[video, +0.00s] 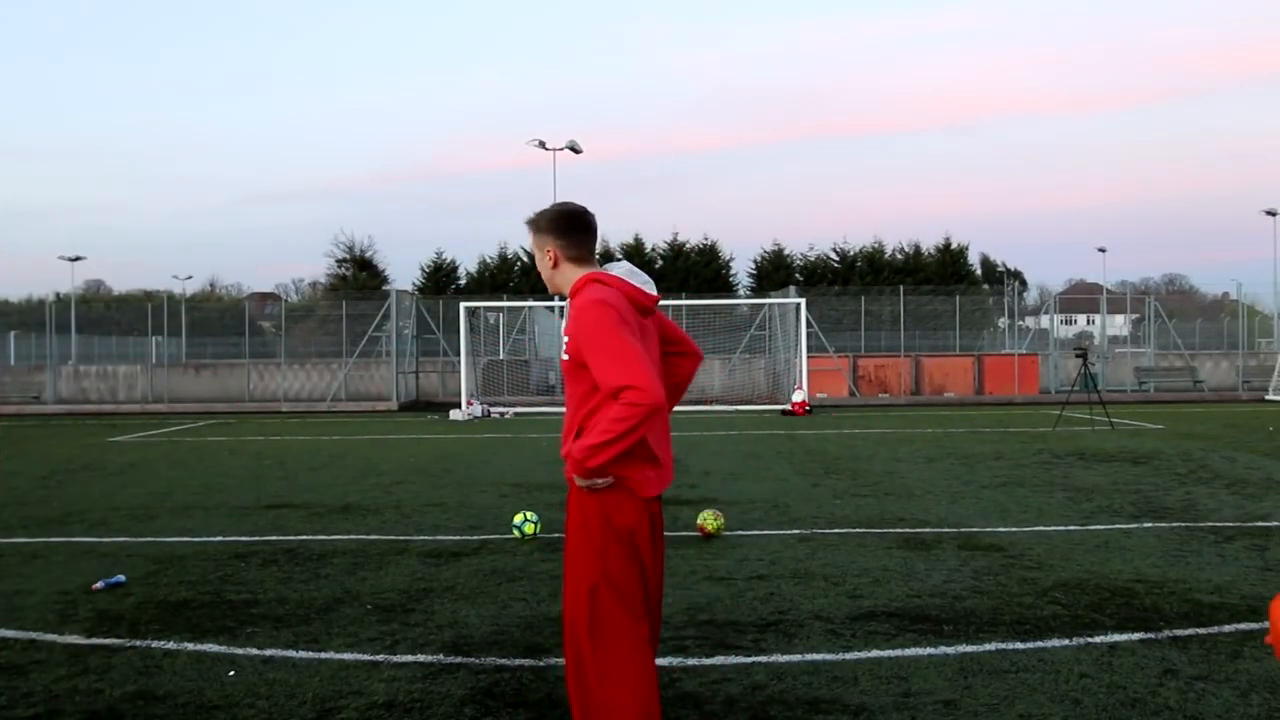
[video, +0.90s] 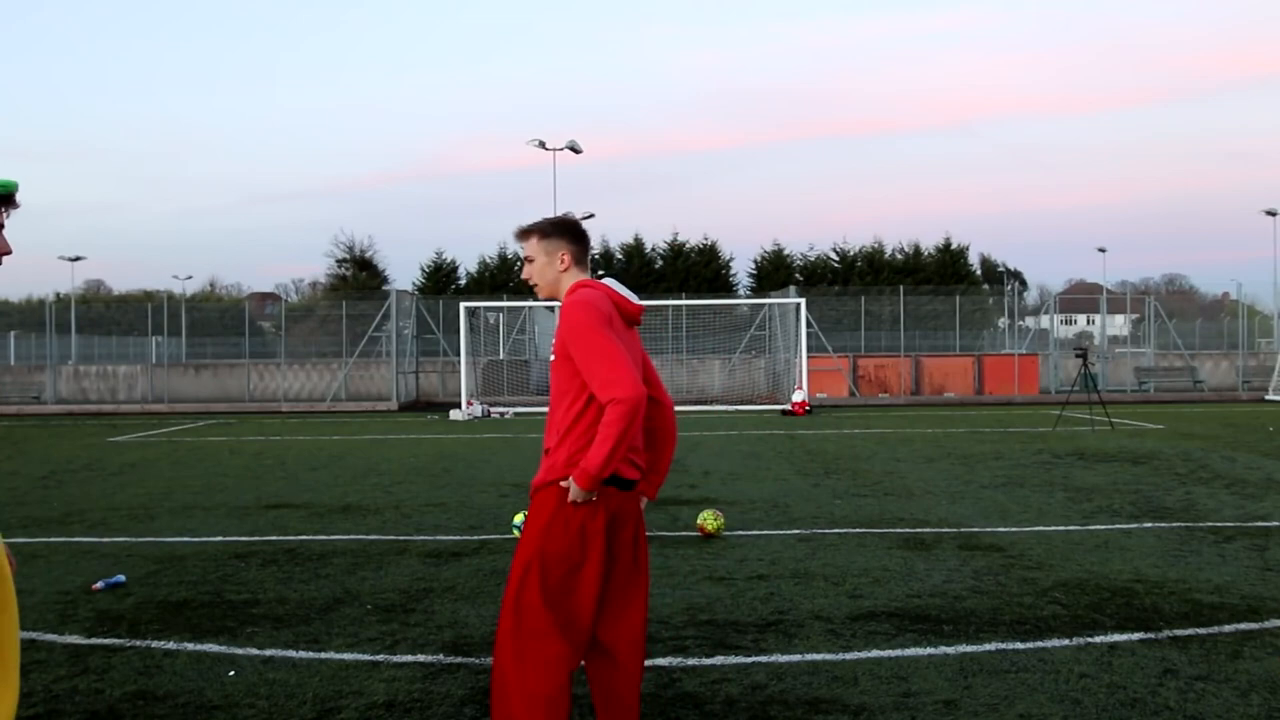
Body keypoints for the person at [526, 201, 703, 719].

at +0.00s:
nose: (536, 267)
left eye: (534, 257)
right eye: (533, 258)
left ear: (549, 256)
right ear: (590, 249)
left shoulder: (592, 305)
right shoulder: (624, 297)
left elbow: (640, 394)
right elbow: (684, 353)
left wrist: (586, 456)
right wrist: (645, 417)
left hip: (606, 501)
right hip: (632, 497)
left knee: (604, 641)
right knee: (624, 638)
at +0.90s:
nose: (524, 273)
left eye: (530, 260)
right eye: (524, 262)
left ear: (563, 259)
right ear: (570, 261)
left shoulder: (582, 306)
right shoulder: (608, 309)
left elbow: (625, 396)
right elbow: (661, 409)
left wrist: (588, 477)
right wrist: (639, 488)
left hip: (574, 503)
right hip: (617, 504)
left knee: (529, 640)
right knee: (614, 645)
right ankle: (618, 715)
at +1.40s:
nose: (462, 269)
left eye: (470, 256)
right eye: (460, 258)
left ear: (507, 256)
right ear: (509, 260)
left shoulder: (518, 312)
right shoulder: (539, 308)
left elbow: (572, 404)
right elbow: (598, 399)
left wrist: (536, 484)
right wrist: (577, 475)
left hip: (511, 506)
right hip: (546, 506)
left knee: (491, 642)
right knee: (545, 636)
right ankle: (576, 708)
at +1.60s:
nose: (437, 272)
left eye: (445, 260)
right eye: (436, 261)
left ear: (481, 260)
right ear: (482, 263)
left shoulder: (509, 316)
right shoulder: (504, 313)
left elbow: (552, 418)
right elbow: (536, 417)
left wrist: (514, 501)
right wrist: (502, 497)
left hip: (514, 509)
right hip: (510, 506)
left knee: (496, 646)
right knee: (500, 643)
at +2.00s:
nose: (406, 304)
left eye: (415, 292)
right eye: (403, 294)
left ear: (451, 293)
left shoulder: (494, 333)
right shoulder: (447, 354)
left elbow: (577, 404)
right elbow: (513, 416)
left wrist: (565, 490)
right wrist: (517, 490)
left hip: (550, 496)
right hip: (518, 495)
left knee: (526, 632)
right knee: (507, 629)